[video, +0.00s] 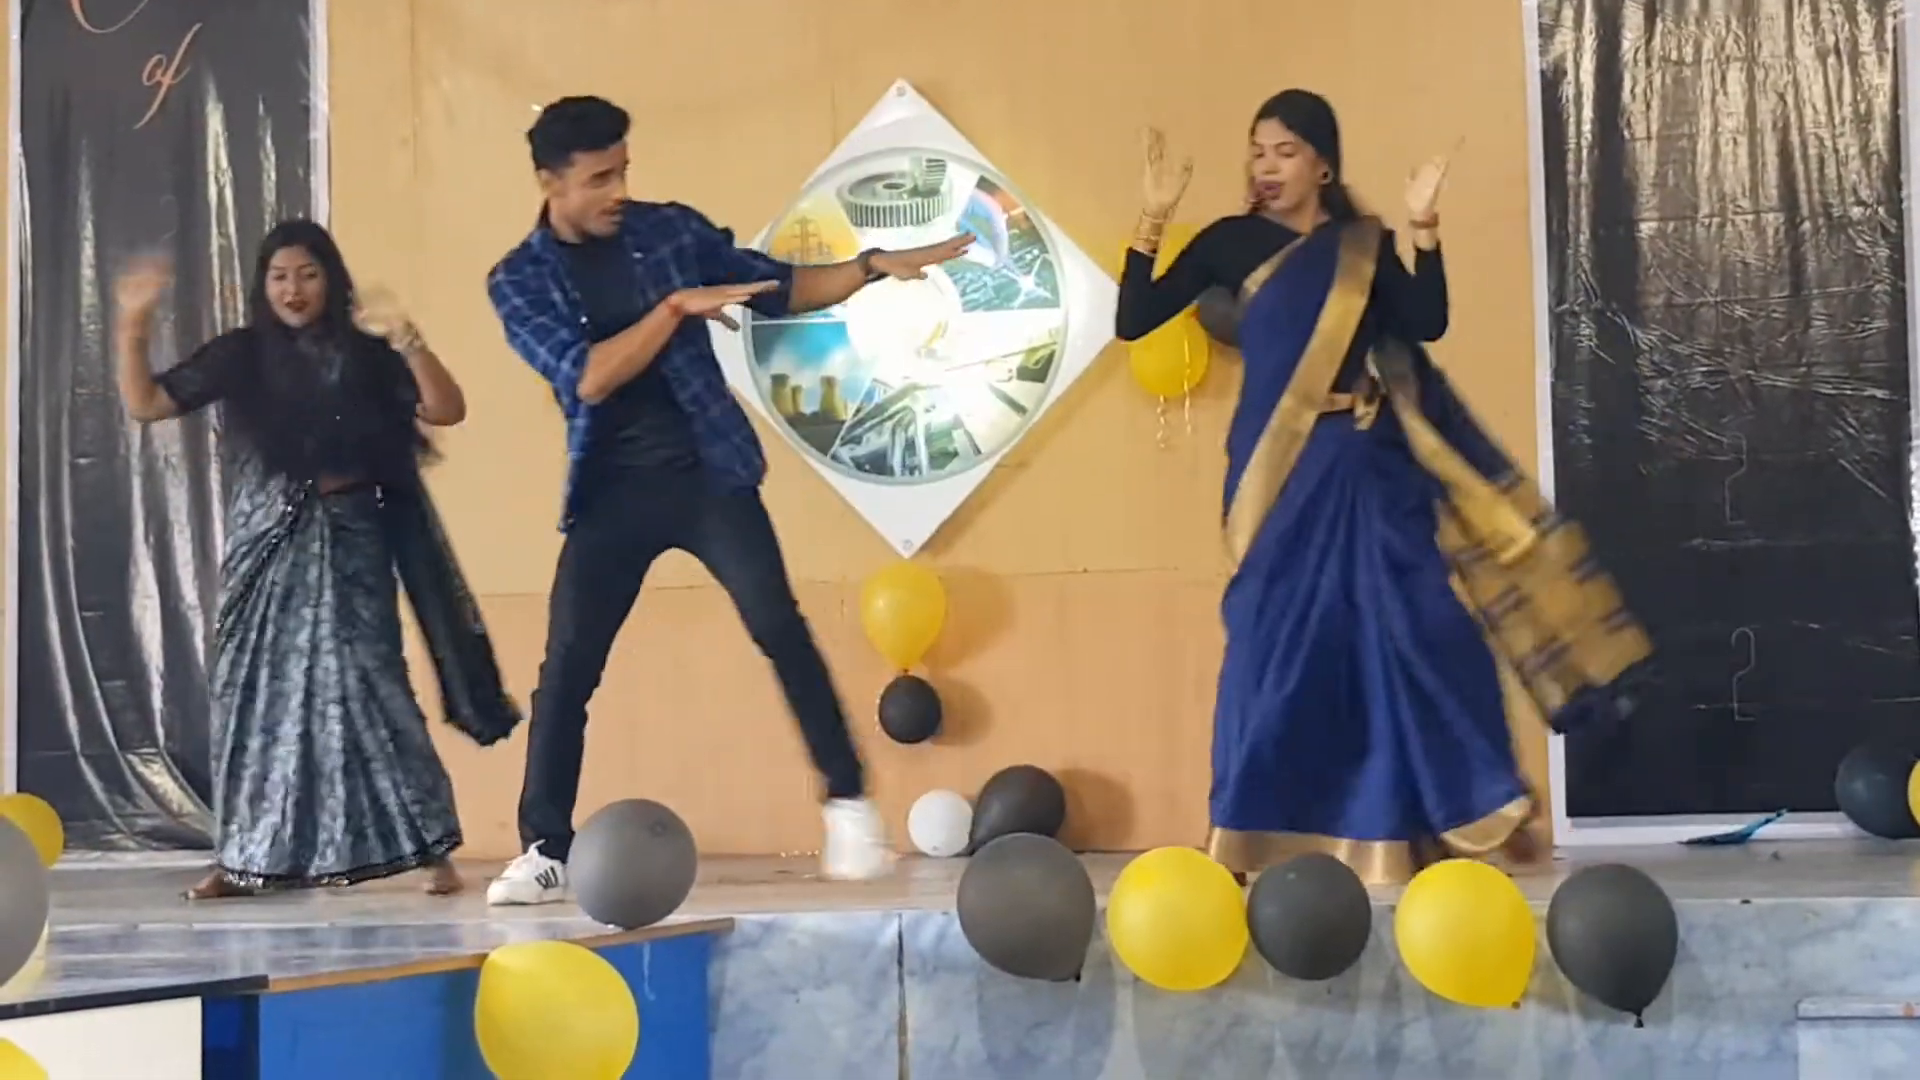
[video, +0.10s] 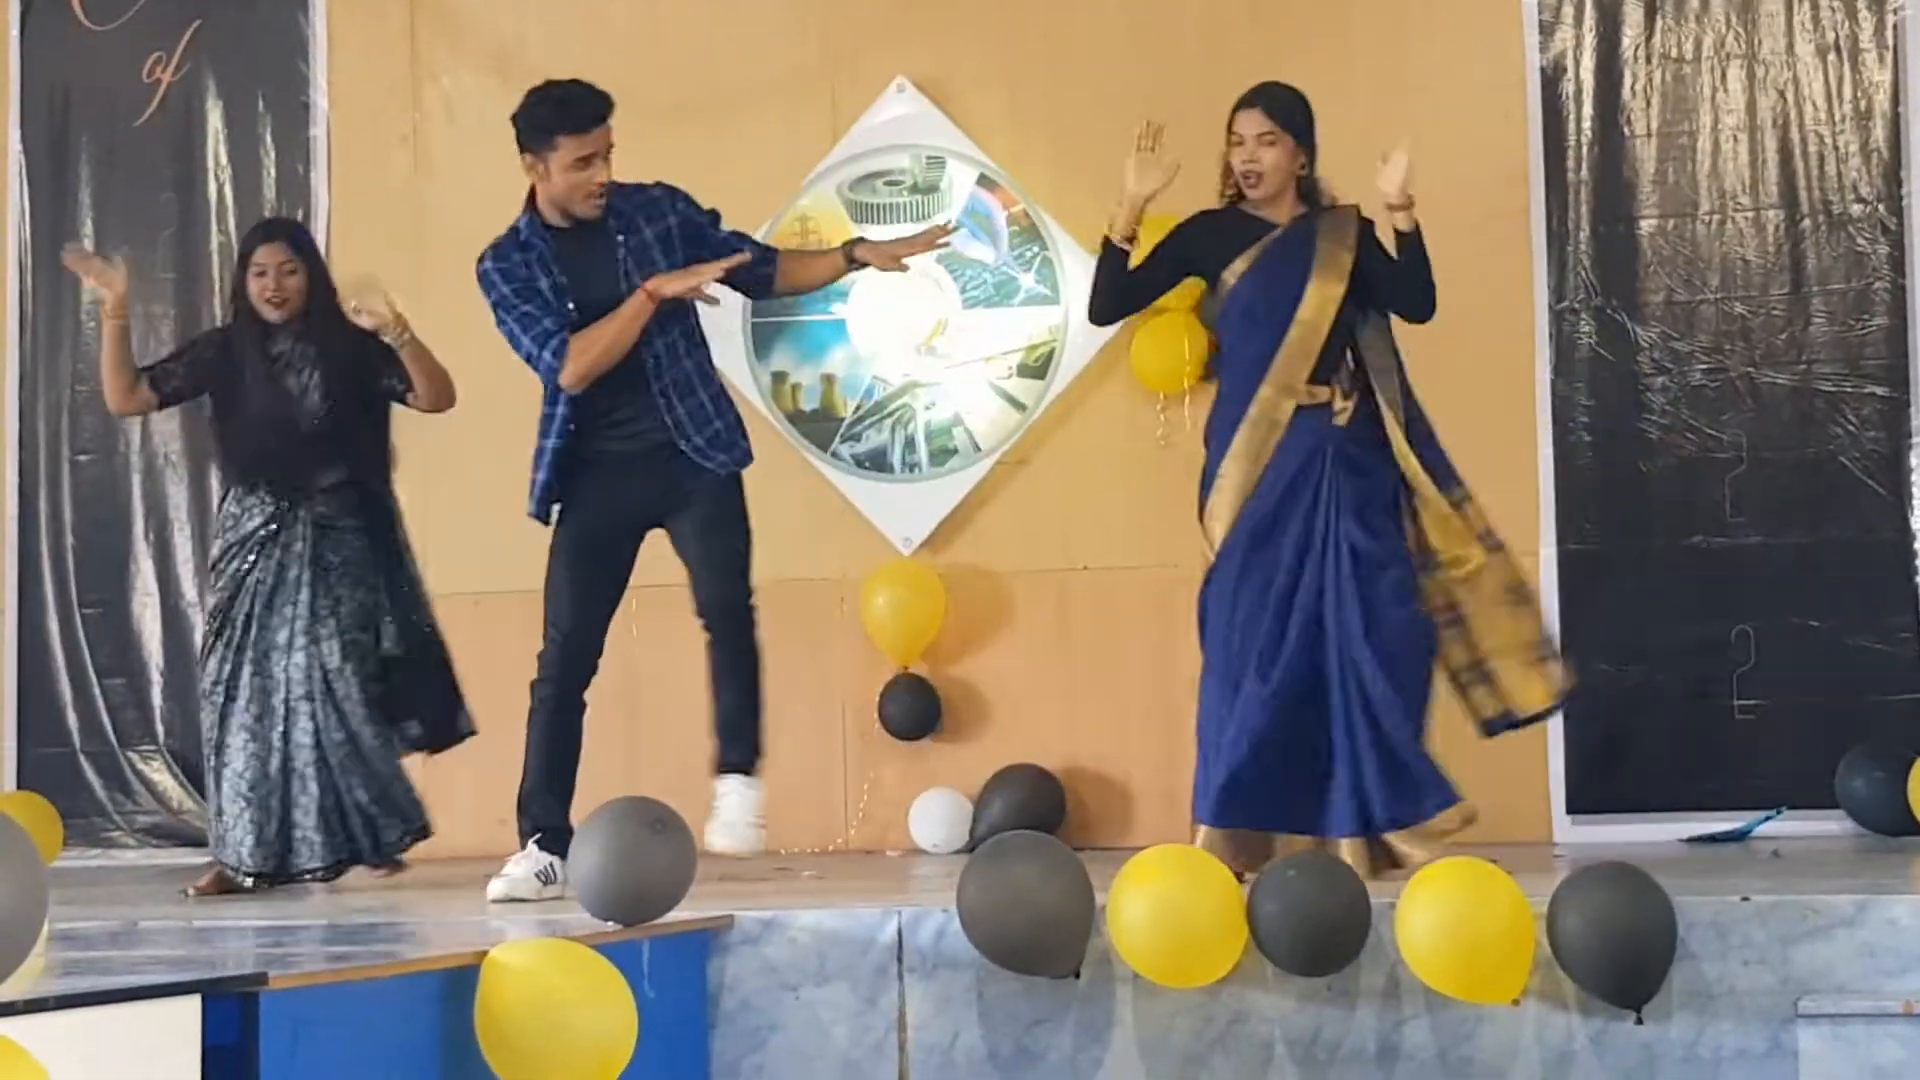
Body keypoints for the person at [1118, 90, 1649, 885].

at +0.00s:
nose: (1266, 167)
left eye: (1284, 151)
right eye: (1257, 152)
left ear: (1324, 162)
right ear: (1249, 163)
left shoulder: (1370, 242)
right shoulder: (1232, 239)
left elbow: (1429, 324)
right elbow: (1133, 320)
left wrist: (1423, 231)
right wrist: (1150, 221)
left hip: (1374, 459)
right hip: (1281, 465)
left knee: (1406, 635)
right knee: (1273, 646)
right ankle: (1240, 848)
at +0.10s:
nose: (1247, 156)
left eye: (1264, 141)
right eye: (1238, 142)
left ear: (1301, 149)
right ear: (1229, 151)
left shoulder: (1346, 230)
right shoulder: (1211, 232)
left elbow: (1417, 305)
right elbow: (1106, 307)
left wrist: (1399, 216)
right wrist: (1128, 216)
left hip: (1353, 457)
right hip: (1256, 462)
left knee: (1370, 636)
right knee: (1256, 641)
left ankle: (1369, 825)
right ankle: (1231, 837)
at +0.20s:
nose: (1238, 149)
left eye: (1255, 134)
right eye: (1227, 134)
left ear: (1288, 144)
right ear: (1213, 146)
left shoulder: (1338, 217)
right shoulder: (1198, 227)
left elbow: (1406, 301)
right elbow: (1095, 301)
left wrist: (1377, 211)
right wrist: (1116, 205)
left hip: (1327, 444)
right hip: (1237, 449)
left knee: (1314, 633)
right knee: (1244, 635)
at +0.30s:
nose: (1250, 161)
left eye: (1267, 150)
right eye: (1237, 146)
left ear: (1287, 164)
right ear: (1215, 157)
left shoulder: (1324, 242)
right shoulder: (1193, 249)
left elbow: (1382, 339)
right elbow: (1105, 318)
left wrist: (1365, 247)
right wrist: (1109, 223)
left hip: (1315, 458)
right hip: (1228, 459)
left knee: (1291, 646)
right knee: (1231, 643)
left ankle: (1246, 846)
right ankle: (1212, 840)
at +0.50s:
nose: (1306, 168)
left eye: (1319, 158)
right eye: (1294, 152)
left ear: (1329, 170)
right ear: (1260, 154)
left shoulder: (1342, 249)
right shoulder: (1208, 228)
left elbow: (1394, 327)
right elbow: (1118, 305)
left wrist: (1391, 229)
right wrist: (1147, 223)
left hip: (1338, 456)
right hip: (1242, 456)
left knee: (1379, 621)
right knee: (1235, 628)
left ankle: (1432, 816)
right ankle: (1192, 822)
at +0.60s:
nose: (1339, 140)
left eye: (1352, 131)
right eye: (1325, 125)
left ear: (1361, 146)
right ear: (1290, 131)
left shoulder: (1374, 228)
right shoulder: (1241, 203)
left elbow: (1434, 293)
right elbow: (1148, 277)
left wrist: (1425, 192)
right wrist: (1174, 178)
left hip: (1365, 437)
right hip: (1269, 439)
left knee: (1417, 599)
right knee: (1249, 613)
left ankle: (1481, 786)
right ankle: (1192, 813)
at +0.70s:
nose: (1368, 132)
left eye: (1383, 121)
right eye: (1355, 116)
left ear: (1398, 135)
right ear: (1323, 123)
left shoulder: (1420, 215)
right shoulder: (1277, 205)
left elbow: (1473, 292)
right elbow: (1203, 283)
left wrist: (1463, 193)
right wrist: (1209, 201)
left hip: (1408, 442)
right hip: (1302, 444)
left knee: (1469, 613)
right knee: (1266, 618)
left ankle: (1515, 808)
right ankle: (1198, 820)